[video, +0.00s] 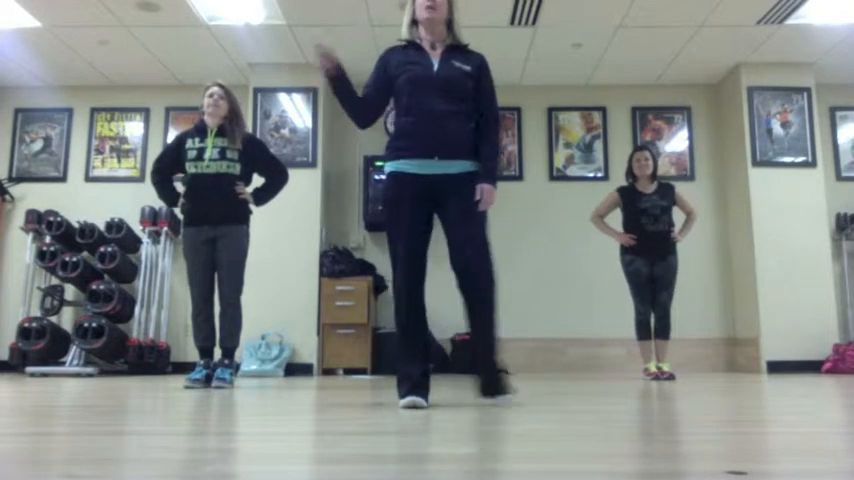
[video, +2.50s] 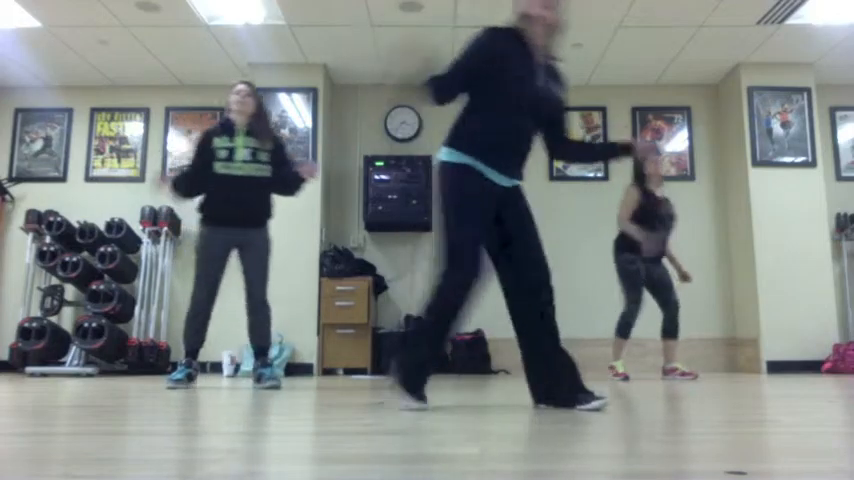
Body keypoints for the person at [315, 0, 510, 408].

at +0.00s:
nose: (429, 2)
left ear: (449, 8)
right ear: (412, 9)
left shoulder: (472, 61)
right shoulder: (395, 58)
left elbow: (489, 123)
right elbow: (364, 115)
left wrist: (488, 177)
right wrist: (336, 77)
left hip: (459, 180)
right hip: (405, 180)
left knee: (478, 278)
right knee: (407, 284)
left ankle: (489, 376)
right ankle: (413, 387)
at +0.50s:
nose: (489, 18)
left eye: (494, 12)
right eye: (480, 12)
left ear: (501, 15)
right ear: (466, 15)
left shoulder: (514, 65)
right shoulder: (448, 48)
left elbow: (552, 127)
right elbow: (426, 102)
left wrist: (616, 138)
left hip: (498, 184)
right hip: (449, 180)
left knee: (527, 282)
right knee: (432, 284)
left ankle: (560, 385)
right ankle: (414, 389)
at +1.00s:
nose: (558, 4)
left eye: (566, 1)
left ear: (575, 16)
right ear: (537, 9)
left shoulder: (562, 79)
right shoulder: (527, 51)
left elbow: (577, 151)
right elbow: (517, 109)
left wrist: (644, 157)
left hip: (524, 181)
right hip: (495, 174)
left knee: (558, 275)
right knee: (538, 271)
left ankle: (560, 388)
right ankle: (471, 354)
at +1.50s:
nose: (498, 17)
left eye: (506, 11)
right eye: (492, 10)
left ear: (519, 16)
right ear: (481, 12)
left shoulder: (520, 66)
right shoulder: (459, 46)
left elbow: (542, 132)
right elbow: (429, 104)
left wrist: (606, 140)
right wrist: (422, 146)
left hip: (504, 184)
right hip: (457, 177)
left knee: (523, 285)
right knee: (433, 277)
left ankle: (556, 388)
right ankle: (400, 386)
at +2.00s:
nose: (445, 2)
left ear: (456, 7)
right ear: (421, 6)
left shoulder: (476, 59)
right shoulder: (403, 54)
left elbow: (495, 128)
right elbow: (393, 122)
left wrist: (558, 141)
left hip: (471, 178)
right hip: (421, 173)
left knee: (504, 262)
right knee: (411, 277)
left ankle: (459, 357)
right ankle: (402, 388)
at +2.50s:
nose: (544, 12)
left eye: (551, 7)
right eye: (539, 4)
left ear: (557, 18)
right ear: (523, 9)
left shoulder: (550, 75)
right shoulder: (496, 42)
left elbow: (560, 148)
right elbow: (441, 89)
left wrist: (626, 148)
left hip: (505, 185)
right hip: (464, 171)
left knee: (531, 283)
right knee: (462, 271)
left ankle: (555, 388)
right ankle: (412, 367)